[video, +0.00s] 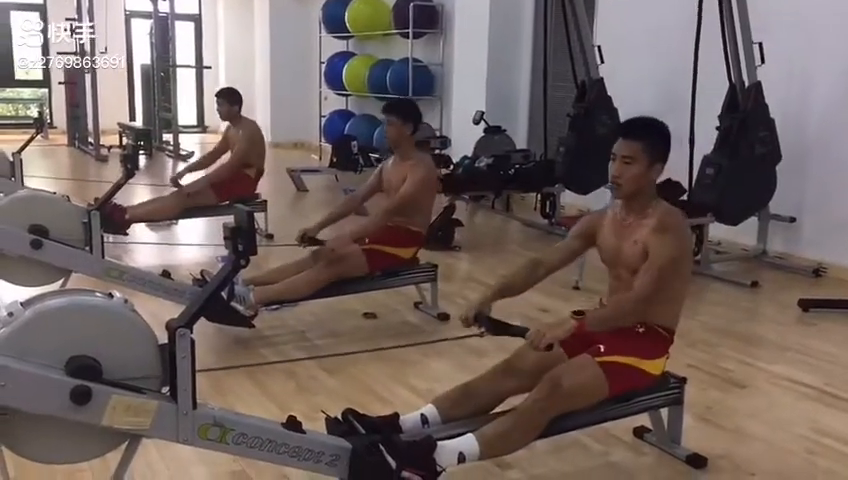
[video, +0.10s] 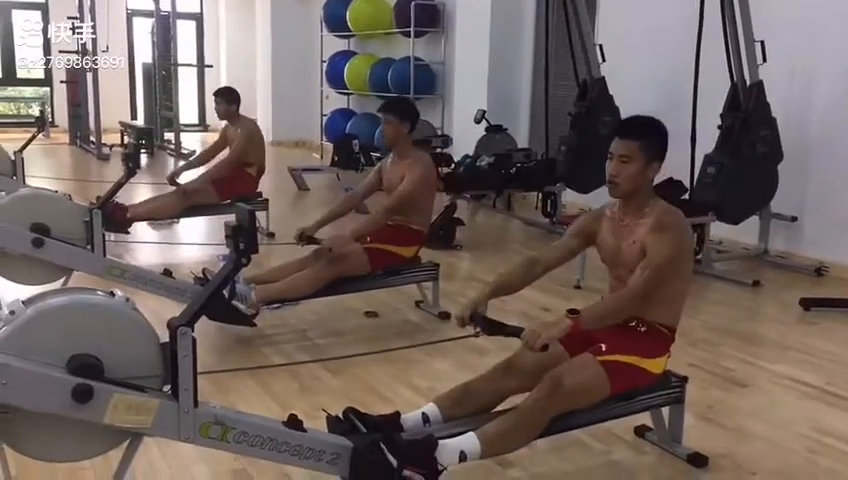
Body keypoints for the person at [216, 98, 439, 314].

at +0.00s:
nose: (384, 131)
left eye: (390, 125)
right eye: (385, 124)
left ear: (409, 128)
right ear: (394, 128)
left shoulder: (422, 169)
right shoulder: (388, 166)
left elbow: (387, 214)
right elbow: (355, 200)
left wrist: (339, 241)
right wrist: (317, 227)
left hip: (401, 248)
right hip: (379, 239)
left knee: (330, 267)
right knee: (317, 256)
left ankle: (253, 300)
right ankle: (240, 282)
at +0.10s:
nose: (381, 130)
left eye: (387, 124)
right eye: (382, 123)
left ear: (406, 127)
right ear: (395, 127)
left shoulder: (420, 166)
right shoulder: (387, 164)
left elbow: (386, 213)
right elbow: (354, 198)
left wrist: (343, 239)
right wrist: (315, 226)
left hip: (403, 246)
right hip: (380, 237)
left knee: (330, 266)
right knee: (317, 256)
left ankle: (253, 298)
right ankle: (240, 280)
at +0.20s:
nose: (379, 128)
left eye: (385, 122)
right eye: (380, 122)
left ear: (404, 126)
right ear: (394, 126)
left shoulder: (419, 165)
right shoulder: (385, 163)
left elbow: (385, 211)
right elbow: (352, 197)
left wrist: (337, 239)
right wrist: (313, 224)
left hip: (403, 244)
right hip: (380, 236)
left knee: (330, 262)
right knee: (316, 253)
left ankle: (255, 297)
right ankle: (241, 280)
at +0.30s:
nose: (377, 127)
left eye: (383, 121)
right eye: (377, 121)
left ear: (401, 125)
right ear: (387, 125)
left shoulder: (417, 164)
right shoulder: (383, 162)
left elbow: (381, 210)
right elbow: (349, 195)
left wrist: (331, 238)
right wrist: (309, 223)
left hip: (403, 243)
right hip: (379, 234)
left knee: (332, 252)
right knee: (313, 249)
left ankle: (258, 297)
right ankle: (244, 281)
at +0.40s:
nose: (372, 127)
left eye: (377, 121)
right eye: (372, 121)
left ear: (396, 124)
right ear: (377, 124)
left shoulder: (414, 160)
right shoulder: (378, 162)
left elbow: (379, 204)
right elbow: (342, 193)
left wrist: (335, 230)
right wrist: (303, 220)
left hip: (402, 240)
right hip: (379, 231)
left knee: (328, 243)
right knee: (314, 237)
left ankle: (261, 295)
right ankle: (244, 278)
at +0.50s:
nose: (362, 126)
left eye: (368, 120)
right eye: (362, 119)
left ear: (388, 124)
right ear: (369, 123)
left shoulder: (405, 161)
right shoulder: (372, 160)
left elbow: (372, 204)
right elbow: (337, 190)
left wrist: (329, 227)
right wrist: (298, 216)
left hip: (399, 240)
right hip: (376, 231)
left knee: (324, 237)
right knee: (310, 230)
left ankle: (263, 295)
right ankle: (243, 277)